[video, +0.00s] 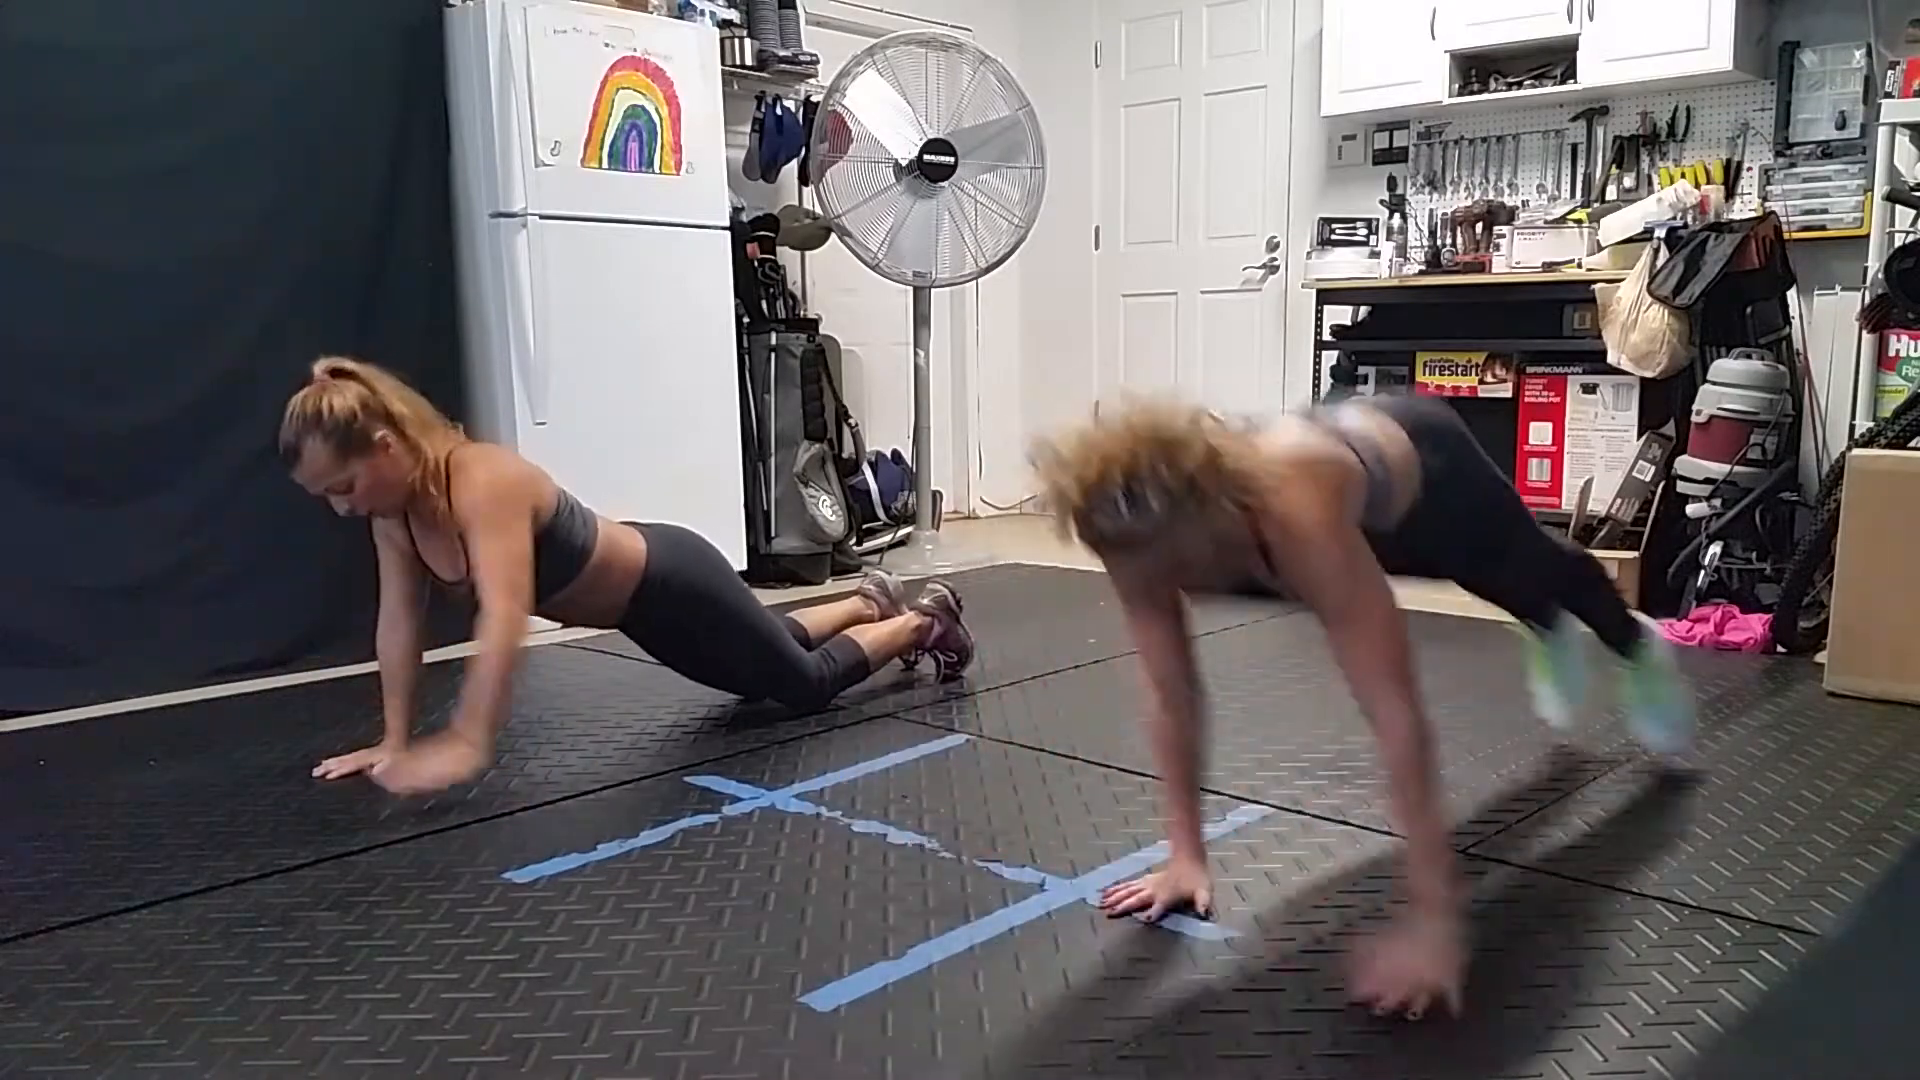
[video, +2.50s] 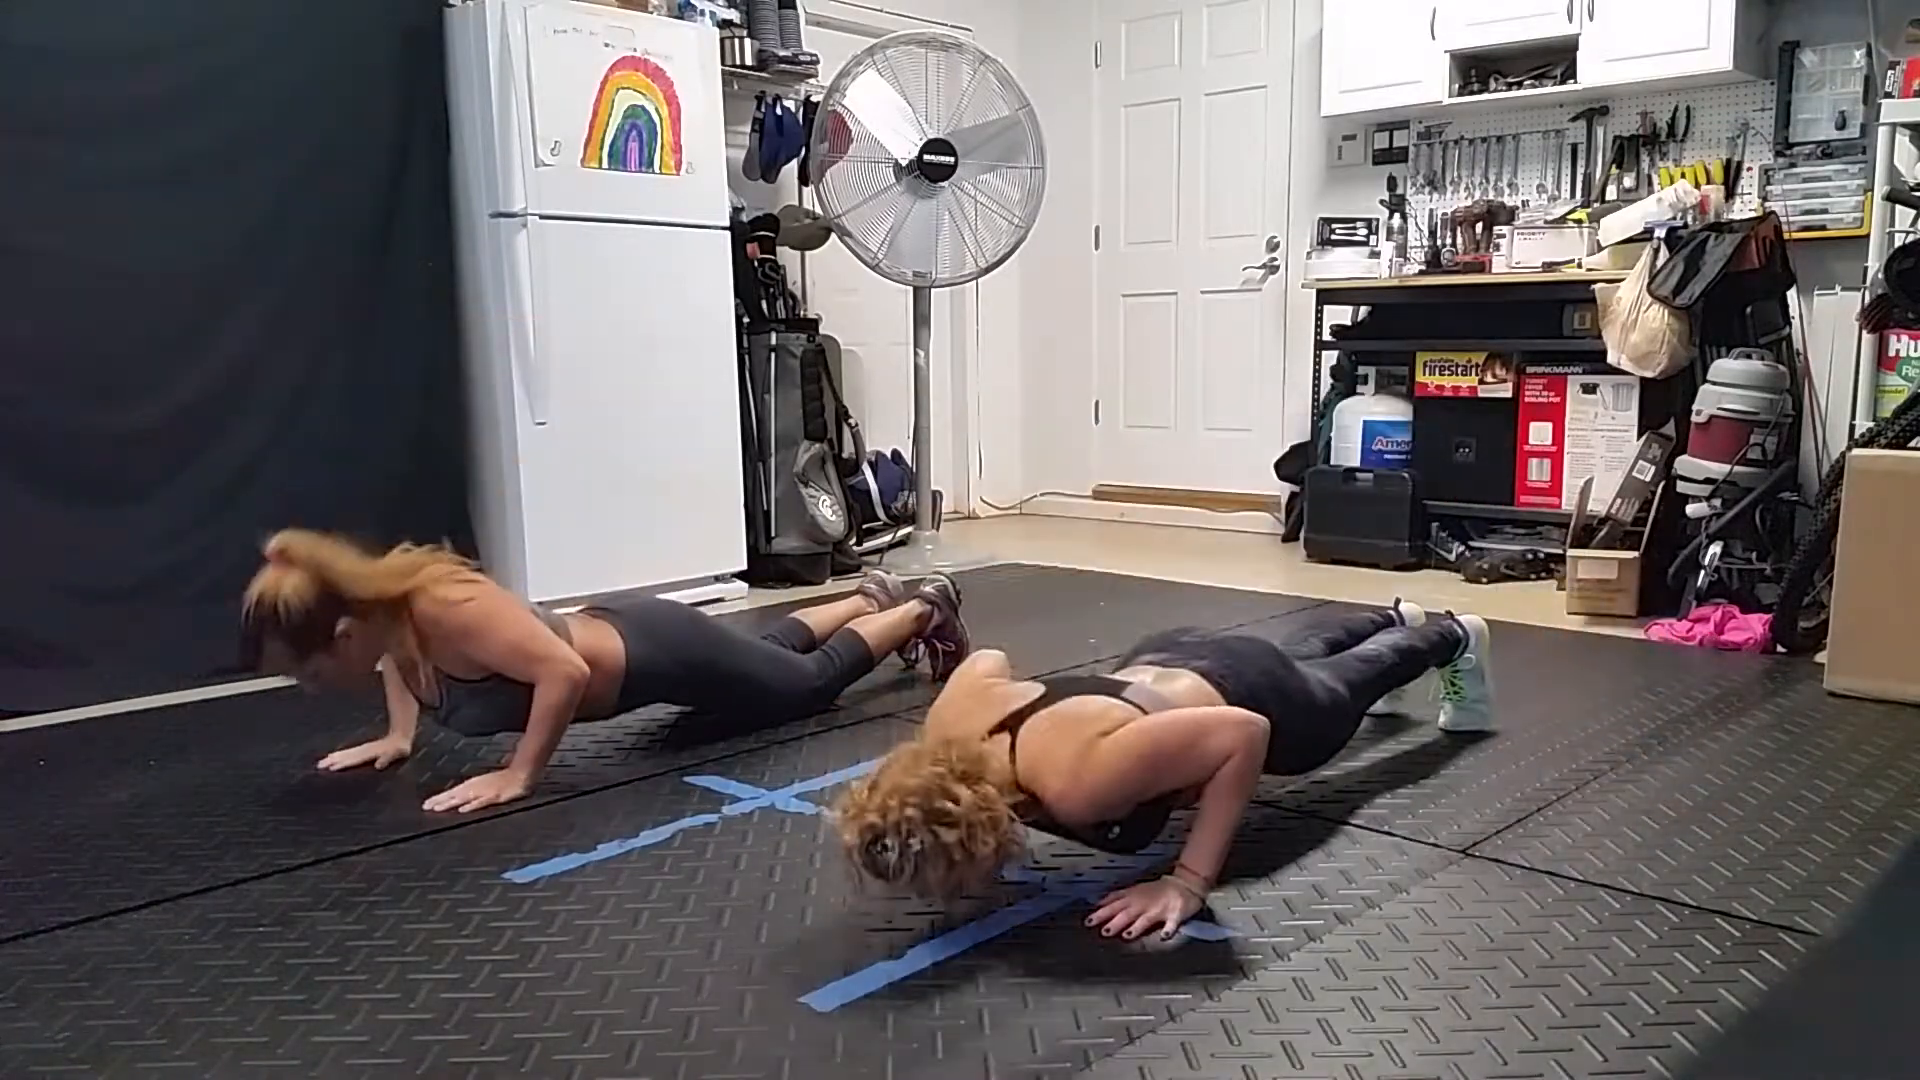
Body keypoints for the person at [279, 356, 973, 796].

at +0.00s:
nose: (344, 506)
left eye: (343, 486)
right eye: (330, 496)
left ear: (384, 439)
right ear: (350, 468)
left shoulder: (483, 483)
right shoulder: (396, 501)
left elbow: (507, 617)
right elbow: (399, 613)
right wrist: (393, 738)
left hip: (675, 587)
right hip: (643, 595)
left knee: (808, 680)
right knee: (764, 652)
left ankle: (920, 627)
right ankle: (869, 601)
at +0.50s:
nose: (330, 697)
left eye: (322, 684)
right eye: (315, 692)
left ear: (337, 645)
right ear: (334, 635)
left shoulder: (447, 593)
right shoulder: (386, 607)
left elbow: (564, 670)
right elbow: (399, 673)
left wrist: (515, 775)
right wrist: (389, 742)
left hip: (666, 646)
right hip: (631, 625)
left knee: (819, 677)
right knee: (764, 640)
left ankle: (927, 618)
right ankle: (869, 595)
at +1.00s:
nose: (342, 549)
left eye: (346, 531)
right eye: (334, 534)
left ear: (387, 505)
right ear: (377, 507)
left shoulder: (504, 520)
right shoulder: (415, 536)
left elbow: (547, 657)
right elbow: (408, 639)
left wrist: (517, 774)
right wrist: (394, 742)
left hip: (683, 624)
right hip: (643, 606)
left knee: (819, 678)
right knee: (768, 634)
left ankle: (932, 618)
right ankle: (874, 595)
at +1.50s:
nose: (416, 429)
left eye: (434, 414)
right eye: (415, 410)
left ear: (497, 412)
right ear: (433, 408)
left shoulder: (542, 508)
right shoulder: (463, 443)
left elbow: (539, 650)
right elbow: (332, 376)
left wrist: (518, 773)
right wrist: (212, 306)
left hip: (709, 599)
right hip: (679, 567)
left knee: (830, 687)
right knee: (787, 634)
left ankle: (931, 621)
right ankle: (878, 598)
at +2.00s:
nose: (369, 463)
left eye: (383, 445)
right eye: (365, 445)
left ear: (453, 438)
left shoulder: (522, 513)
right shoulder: (433, 504)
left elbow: (542, 655)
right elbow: (422, 618)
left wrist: (518, 772)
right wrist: (397, 732)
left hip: (702, 603)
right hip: (666, 581)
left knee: (832, 676)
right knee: (780, 641)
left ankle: (937, 607)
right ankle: (884, 591)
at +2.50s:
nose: (314, 685)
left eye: (307, 671)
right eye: (299, 675)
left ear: (337, 632)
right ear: (333, 630)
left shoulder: (449, 609)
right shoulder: (383, 614)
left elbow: (561, 672)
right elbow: (392, 665)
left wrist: (516, 774)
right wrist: (398, 734)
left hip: (657, 652)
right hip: (618, 629)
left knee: (814, 678)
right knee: (760, 643)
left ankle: (914, 613)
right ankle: (865, 597)